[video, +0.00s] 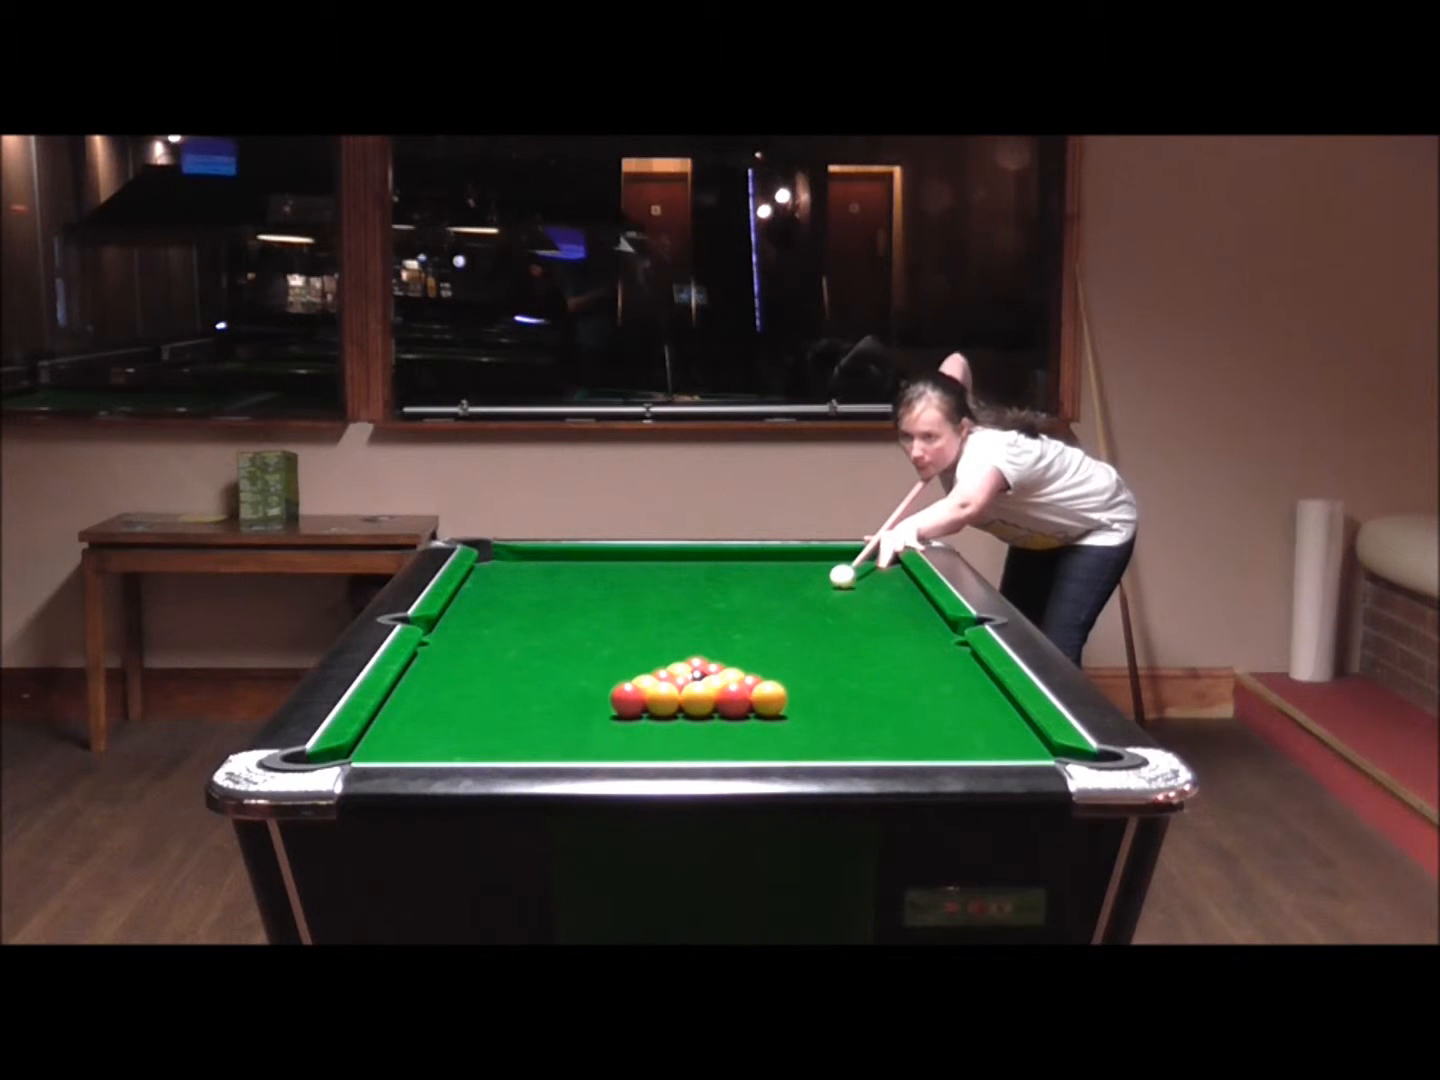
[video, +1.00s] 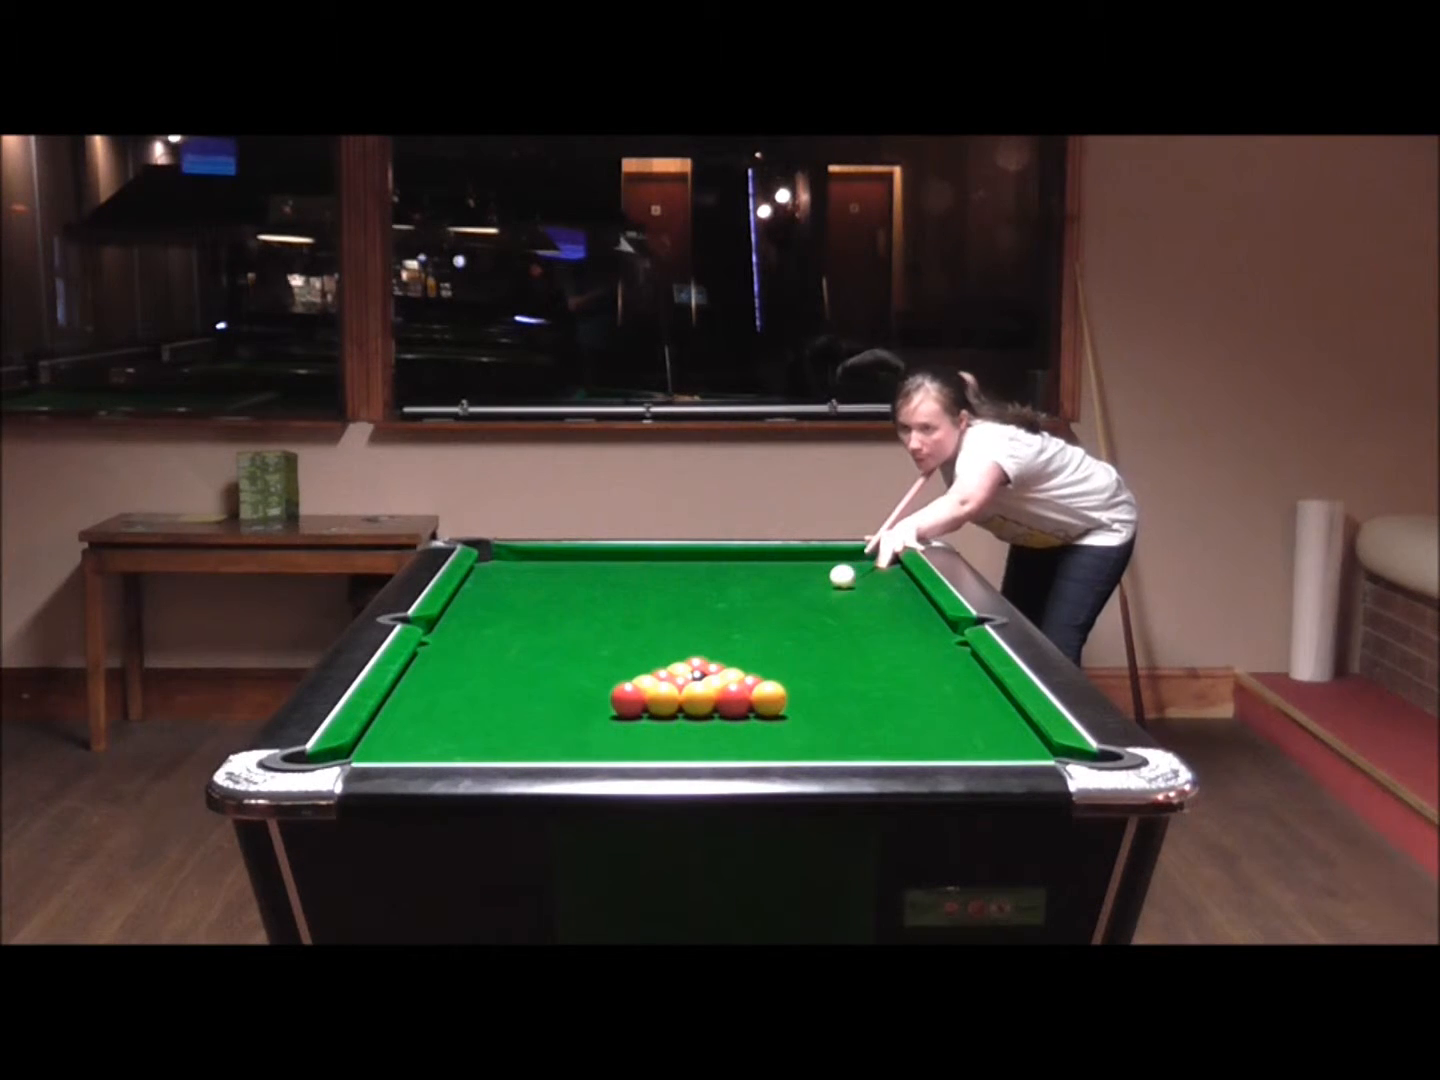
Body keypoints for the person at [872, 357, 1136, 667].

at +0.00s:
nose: (915, 451)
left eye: (929, 438)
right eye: (908, 437)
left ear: (962, 431)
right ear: (899, 434)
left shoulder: (986, 455)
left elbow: (963, 508)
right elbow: (954, 361)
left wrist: (911, 527)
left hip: (1098, 528)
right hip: (1036, 533)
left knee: (1056, 648)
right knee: (1007, 638)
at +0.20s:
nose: (915, 454)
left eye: (929, 440)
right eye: (907, 440)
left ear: (962, 432)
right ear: (898, 435)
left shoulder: (987, 454)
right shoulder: (949, 430)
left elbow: (964, 506)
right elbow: (955, 357)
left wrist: (911, 528)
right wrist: (953, 420)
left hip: (1098, 528)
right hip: (1035, 532)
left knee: (1056, 648)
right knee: (1008, 638)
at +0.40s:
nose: (915, 454)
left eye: (929, 441)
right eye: (908, 441)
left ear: (962, 432)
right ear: (900, 436)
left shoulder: (987, 457)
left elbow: (964, 509)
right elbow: (956, 356)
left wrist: (911, 528)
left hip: (1099, 527)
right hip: (1037, 533)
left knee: (1055, 648)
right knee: (1008, 638)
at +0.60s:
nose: (915, 454)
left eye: (928, 441)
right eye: (908, 440)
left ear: (962, 432)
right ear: (900, 436)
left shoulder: (987, 458)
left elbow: (963, 509)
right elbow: (957, 357)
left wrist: (910, 528)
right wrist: (951, 422)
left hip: (1099, 527)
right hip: (1038, 532)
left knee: (1056, 649)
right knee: (1008, 638)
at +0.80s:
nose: (914, 450)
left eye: (928, 436)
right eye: (907, 437)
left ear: (961, 429)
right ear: (898, 435)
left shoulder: (988, 456)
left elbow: (963, 507)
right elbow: (961, 367)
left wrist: (911, 528)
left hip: (1100, 527)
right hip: (1037, 533)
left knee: (1056, 646)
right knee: (1009, 636)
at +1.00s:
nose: (914, 444)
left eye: (928, 429)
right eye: (906, 430)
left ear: (961, 421)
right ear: (898, 428)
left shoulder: (985, 446)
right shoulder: (951, 440)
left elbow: (964, 503)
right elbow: (965, 383)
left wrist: (909, 529)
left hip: (1098, 528)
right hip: (1036, 533)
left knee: (1054, 648)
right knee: (1009, 639)